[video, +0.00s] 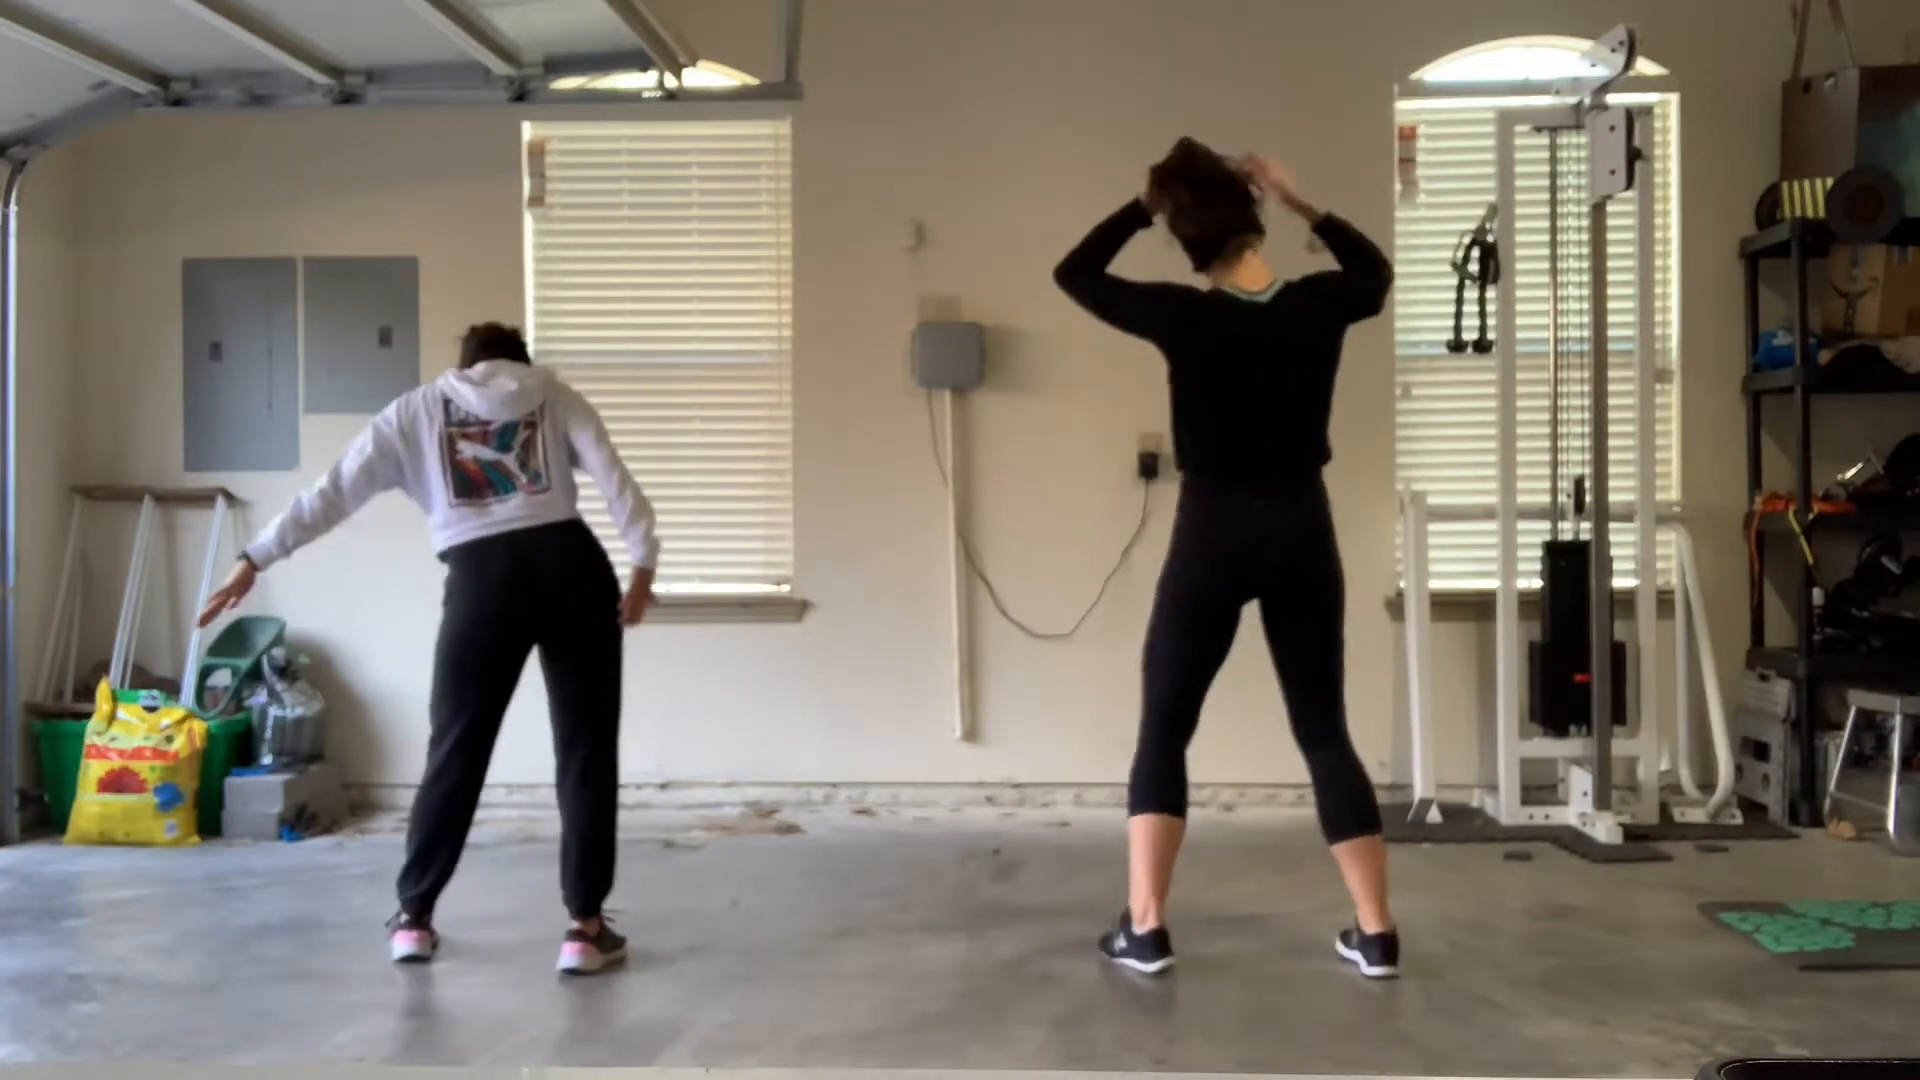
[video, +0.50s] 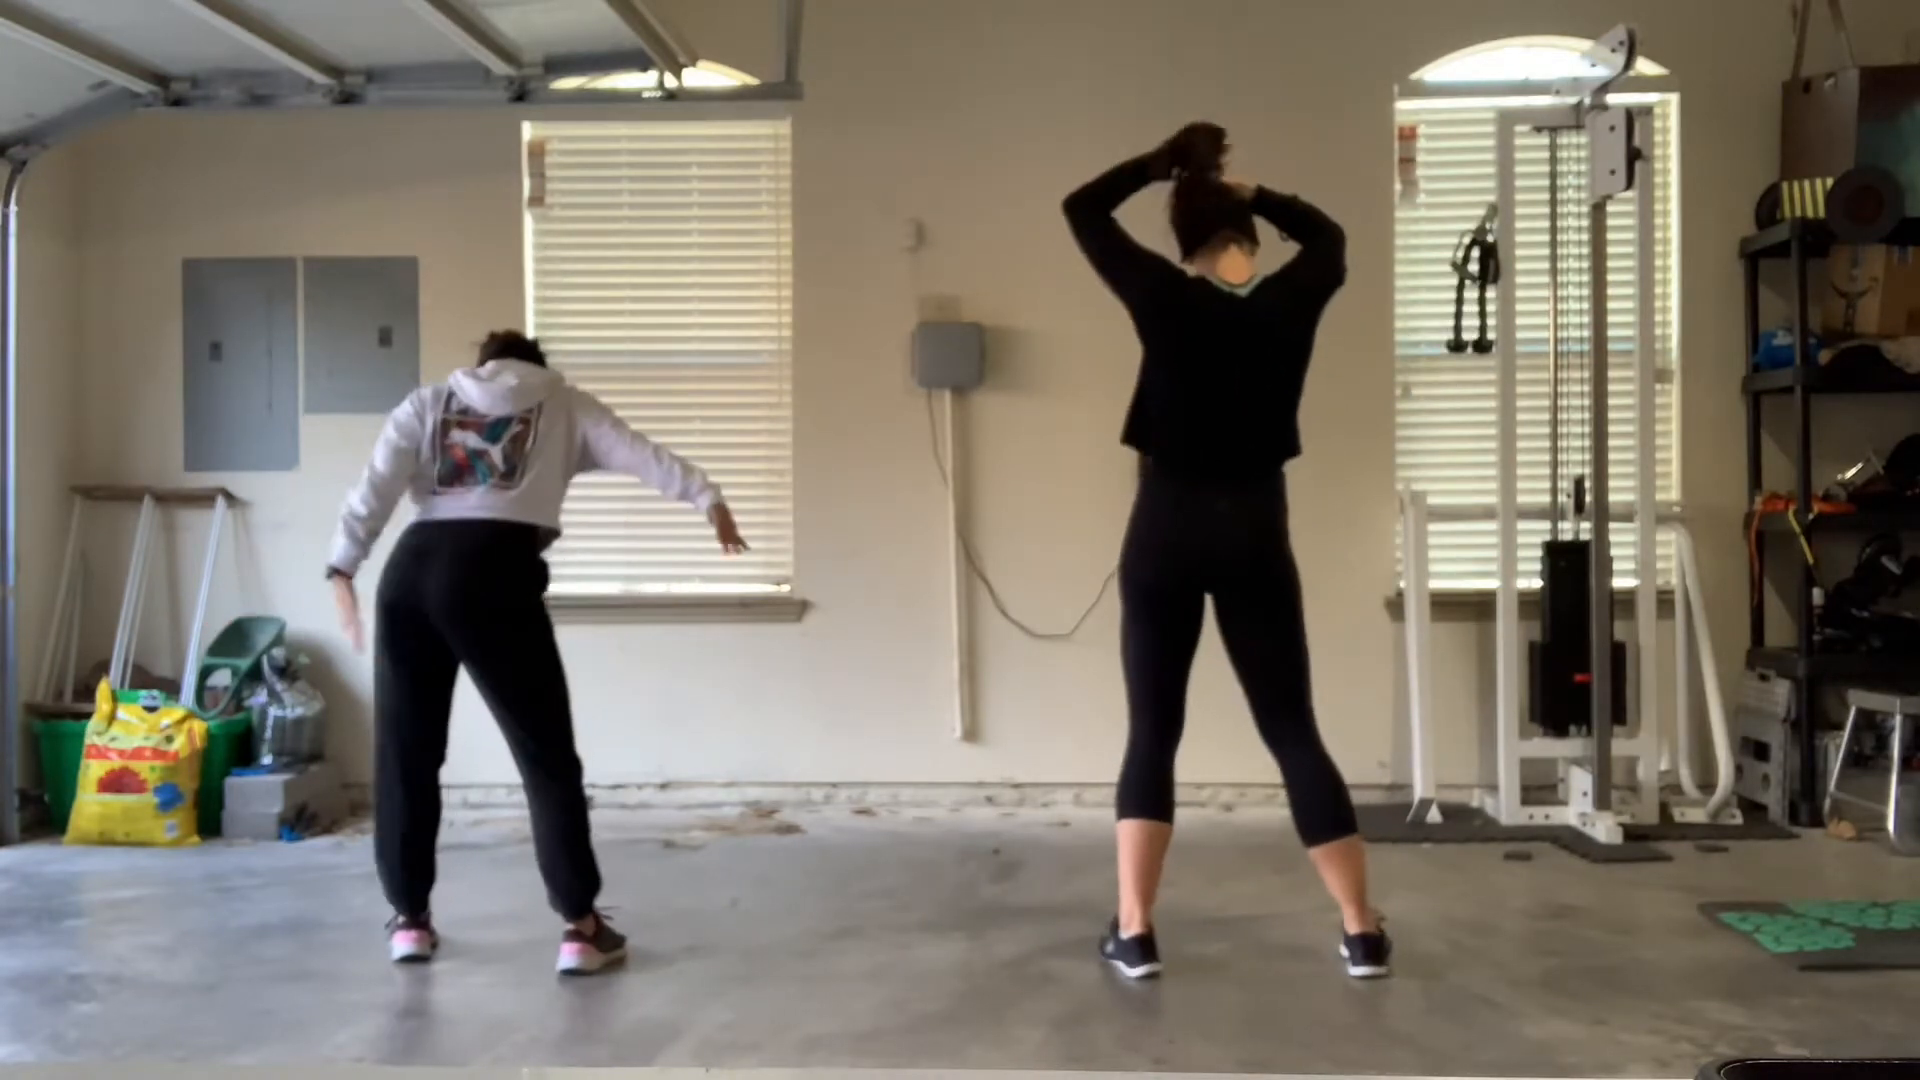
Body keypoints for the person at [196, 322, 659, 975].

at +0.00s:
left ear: (458, 366)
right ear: (525, 362)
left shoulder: (416, 410)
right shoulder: (555, 394)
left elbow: (333, 494)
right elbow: (614, 477)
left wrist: (253, 560)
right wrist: (644, 566)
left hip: (484, 580)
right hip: (574, 571)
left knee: (456, 750)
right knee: (587, 755)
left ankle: (414, 918)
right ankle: (585, 927)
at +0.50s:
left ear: (479, 365)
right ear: (541, 368)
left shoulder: (429, 401)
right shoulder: (564, 401)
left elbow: (381, 477)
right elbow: (632, 450)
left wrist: (342, 562)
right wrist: (711, 498)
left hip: (413, 577)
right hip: (498, 577)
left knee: (406, 757)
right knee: (548, 758)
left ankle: (409, 921)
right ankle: (581, 926)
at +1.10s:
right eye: (553, 376)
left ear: (486, 368)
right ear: (545, 372)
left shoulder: (427, 411)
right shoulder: (564, 401)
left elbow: (342, 479)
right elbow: (598, 471)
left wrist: (264, 542)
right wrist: (638, 553)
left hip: (482, 576)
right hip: (571, 567)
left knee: (454, 750)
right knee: (588, 754)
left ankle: (414, 920)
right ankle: (586, 925)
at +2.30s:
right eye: (563, 379)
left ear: (505, 364)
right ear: (558, 372)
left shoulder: (439, 405)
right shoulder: (566, 399)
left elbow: (385, 495)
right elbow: (566, 473)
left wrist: (340, 581)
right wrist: (568, 568)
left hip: (442, 564)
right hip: (526, 560)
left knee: (429, 748)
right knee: (563, 753)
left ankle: (410, 920)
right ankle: (579, 924)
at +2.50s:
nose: (578, 400)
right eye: (578, 390)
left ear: (514, 373)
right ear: (566, 381)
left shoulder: (442, 417)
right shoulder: (572, 404)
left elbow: (393, 515)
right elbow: (590, 486)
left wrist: (363, 603)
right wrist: (619, 576)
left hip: (479, 571)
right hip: (566, 561)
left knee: (453, 747)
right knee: (585, 750)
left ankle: (414, 919)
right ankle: (583, 924)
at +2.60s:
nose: (584, 397)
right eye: (582, 387)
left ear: (515, 374)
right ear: (569, 380)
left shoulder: (446, 415)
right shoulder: (579, 404)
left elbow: (400, 517)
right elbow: (620, 485)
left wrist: (361, 606)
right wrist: (679, 575)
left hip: (475, 570)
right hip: (563, 564)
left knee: (451, 748)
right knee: (580, 751)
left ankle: (413, 920)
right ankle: (582, 925)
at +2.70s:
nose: (589, 396)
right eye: (585, 386)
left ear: (517, 376)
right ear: (576, 382)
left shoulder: (454, 414)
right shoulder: (586, 409)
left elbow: (403, 512)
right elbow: (648, 491)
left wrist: (348, 596)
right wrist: (728, 564)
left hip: (457, 571)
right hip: (546, 568)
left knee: (442, 756)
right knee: (565, 755)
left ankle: (412, 921)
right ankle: (580, 926)